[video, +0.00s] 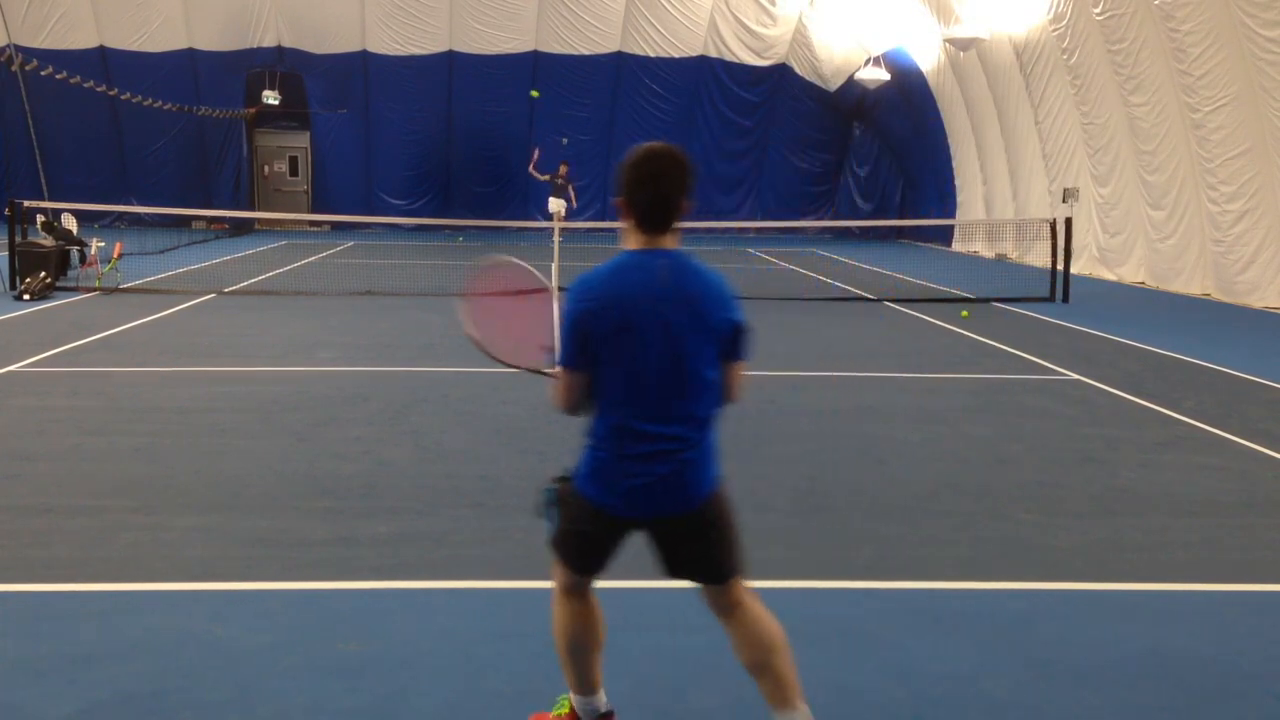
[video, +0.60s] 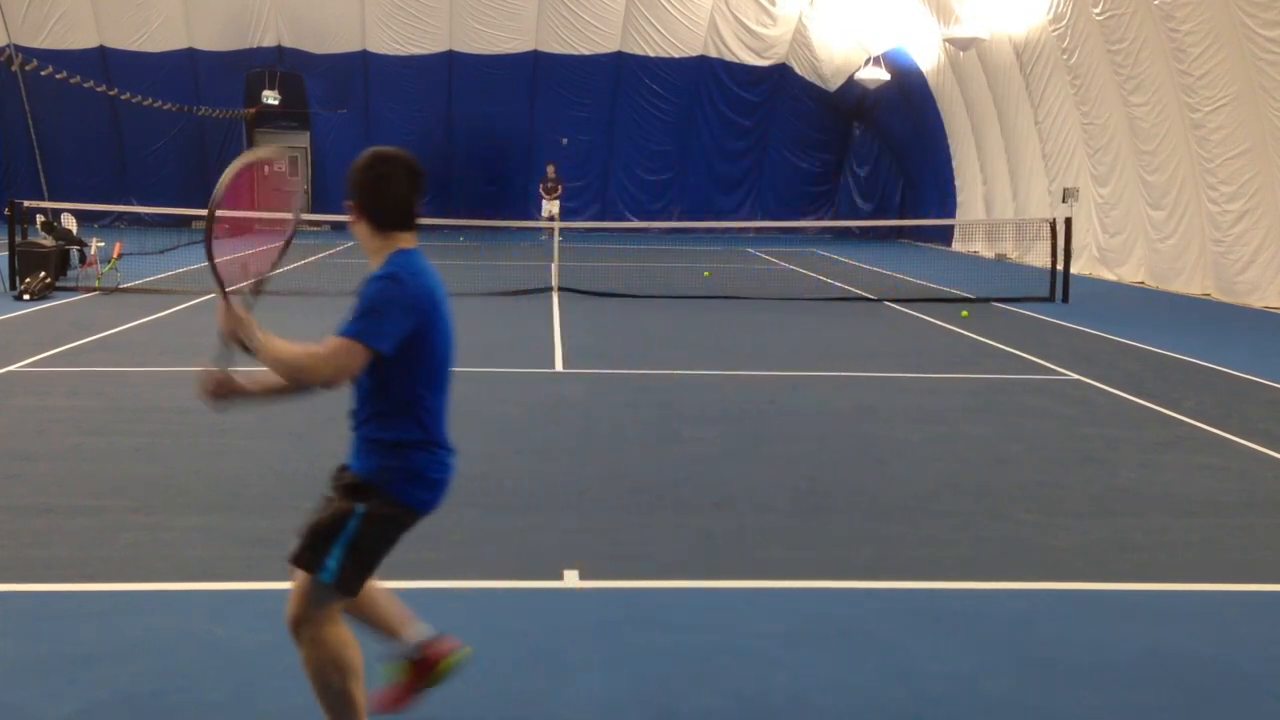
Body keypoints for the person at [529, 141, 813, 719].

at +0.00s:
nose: (624, 205)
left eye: (622, 197)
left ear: (621, 206)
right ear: (683, 208)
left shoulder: (591, 291)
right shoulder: (711, 289)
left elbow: (569, 397)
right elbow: (730, 388)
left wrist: (596, 365)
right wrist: (669, 372)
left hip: (608, 481)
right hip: (689, 483)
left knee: (571, 584)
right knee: (732, 597)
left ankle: (589, 707)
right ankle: (795, 711)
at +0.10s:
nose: (560, 195)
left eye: (563, 187)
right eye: (565, 185)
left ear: (568, 199)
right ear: (628, 202)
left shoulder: (544, 282)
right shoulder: (655, 280)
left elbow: (513, 389)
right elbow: (676, 373)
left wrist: (551, 369)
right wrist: (614, 359)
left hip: (565, 473)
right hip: (639, 473)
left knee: (549, 586)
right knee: (661, 583)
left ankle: (584, 707)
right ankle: (735, 697)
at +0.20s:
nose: (518, 183)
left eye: (519, 176)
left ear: (520, 186)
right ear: (583, 187)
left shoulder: (509, 263)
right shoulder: (607, 261)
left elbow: (474, 371)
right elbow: (621, 358)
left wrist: (462, 354)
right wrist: (526, 399)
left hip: (539, 453)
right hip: (604, 450)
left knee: (505, 573)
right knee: (588, 563)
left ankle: (556, 693)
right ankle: (645, 690)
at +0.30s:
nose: (468, 187)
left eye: (470, 179)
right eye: (474, 178)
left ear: (474, 189)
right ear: (535, 187)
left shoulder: (481, 264)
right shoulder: (556, 259)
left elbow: (442, 376)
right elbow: (544, 371)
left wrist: (416, 366)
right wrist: (473, 404)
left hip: (516, 453)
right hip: (568, 445)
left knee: (432, 575)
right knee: (540, 561)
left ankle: (490, 698)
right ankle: (582, 693)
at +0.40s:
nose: (422, 199)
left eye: (425, 192)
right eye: (427, 190)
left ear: (428, 202)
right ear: (490, 203)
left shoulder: (451, 282)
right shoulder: (500, 269)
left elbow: (406, 388)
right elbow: (480, 386)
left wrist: (355, 377)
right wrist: (402, 417)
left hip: (475, 472)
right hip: (514, 462)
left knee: (388, 594)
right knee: (497, 576)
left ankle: (377, 712)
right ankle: (574, 690)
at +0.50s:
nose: (383, 210)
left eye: (385, 201)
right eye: (390, 200)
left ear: (390, 210)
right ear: (449, 208)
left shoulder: (424, 288)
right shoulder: (451, 277)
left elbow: (364, 384)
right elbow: (394, 387)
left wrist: (299, 368)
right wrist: (320, 415)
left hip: (427, 475)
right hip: (451, 468)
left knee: (339, 606)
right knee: (387, 576)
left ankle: (355, 714)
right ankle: (504, 649)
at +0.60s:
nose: (349, 215)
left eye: (350, 205)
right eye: (353, 204)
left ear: (355, 212)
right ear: (414, 208)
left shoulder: (398, 285)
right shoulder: (405, 277)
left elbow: (332, 366)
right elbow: (333, 367)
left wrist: (252, 336)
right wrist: (246, 385)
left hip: (394, 472)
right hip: (394, 464)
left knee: (310, 615)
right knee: (326, 570)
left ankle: (350, 713)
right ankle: (423, 647)